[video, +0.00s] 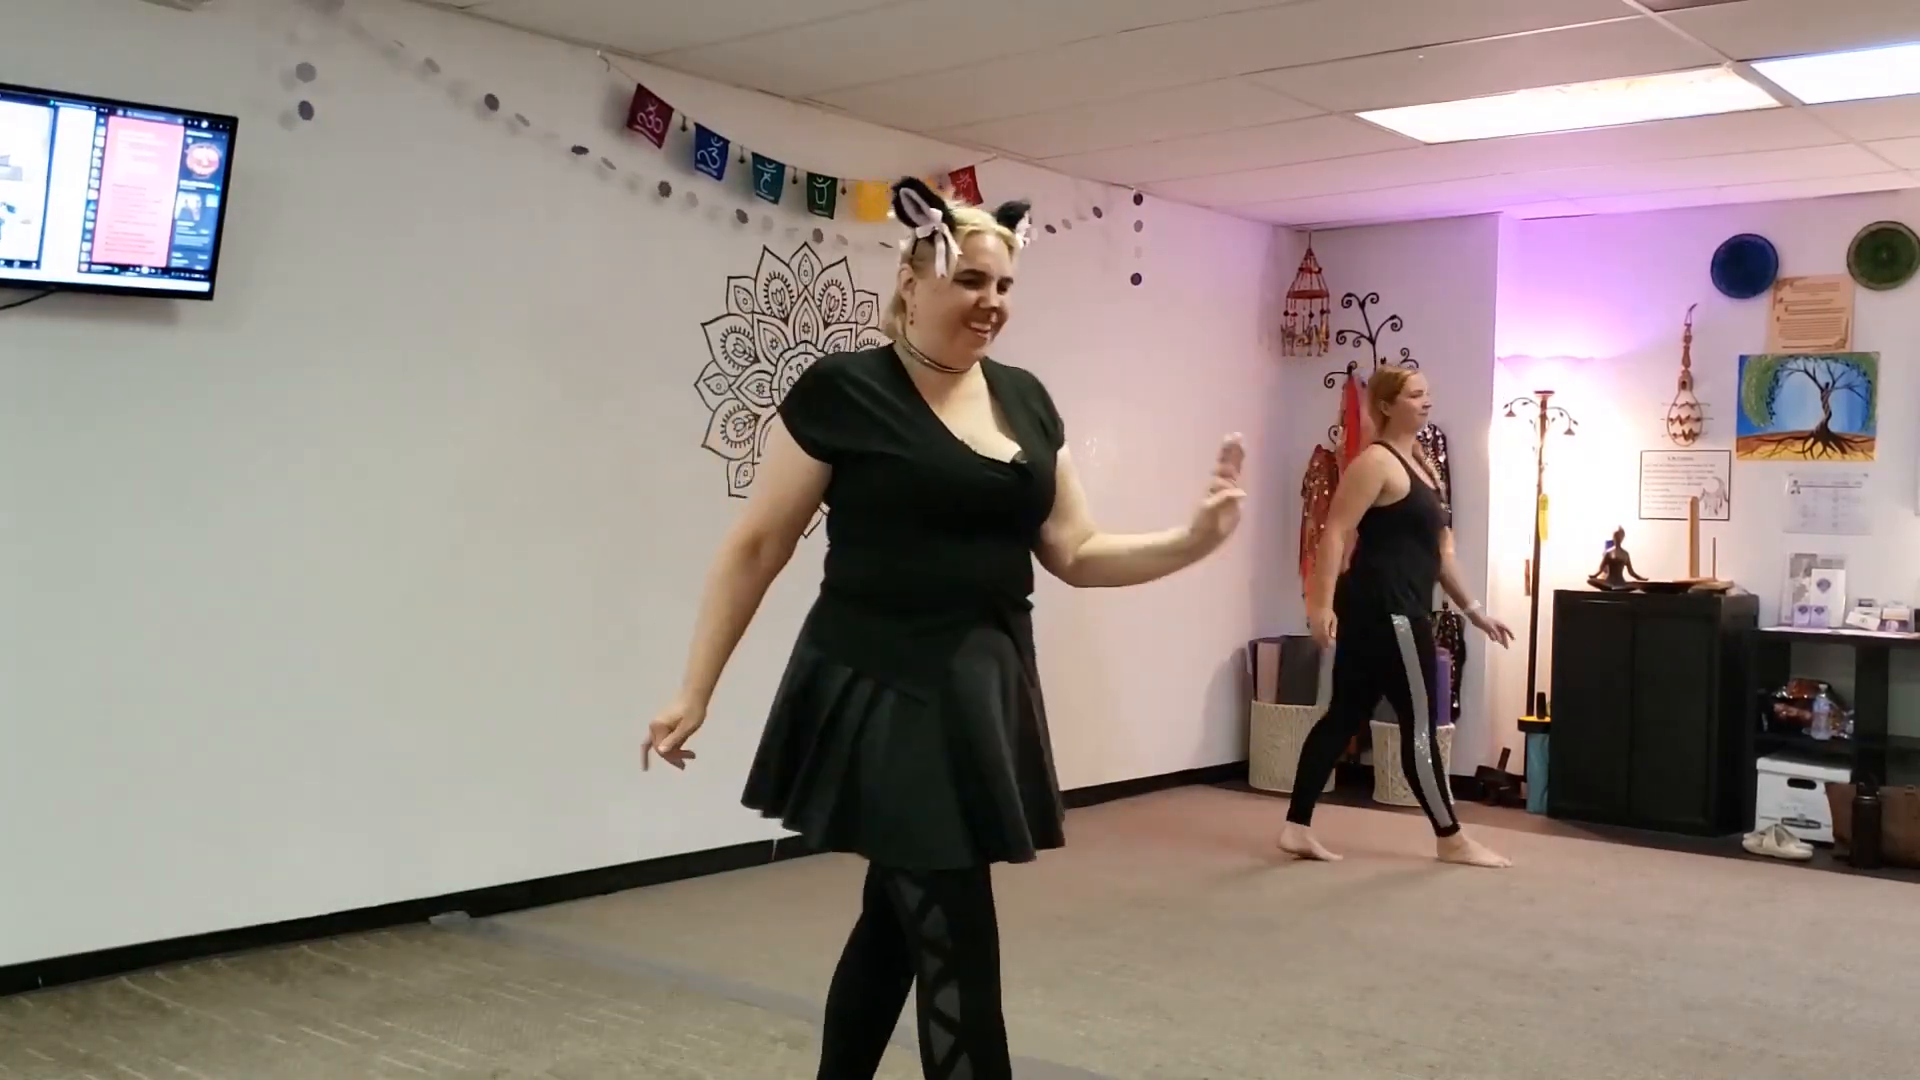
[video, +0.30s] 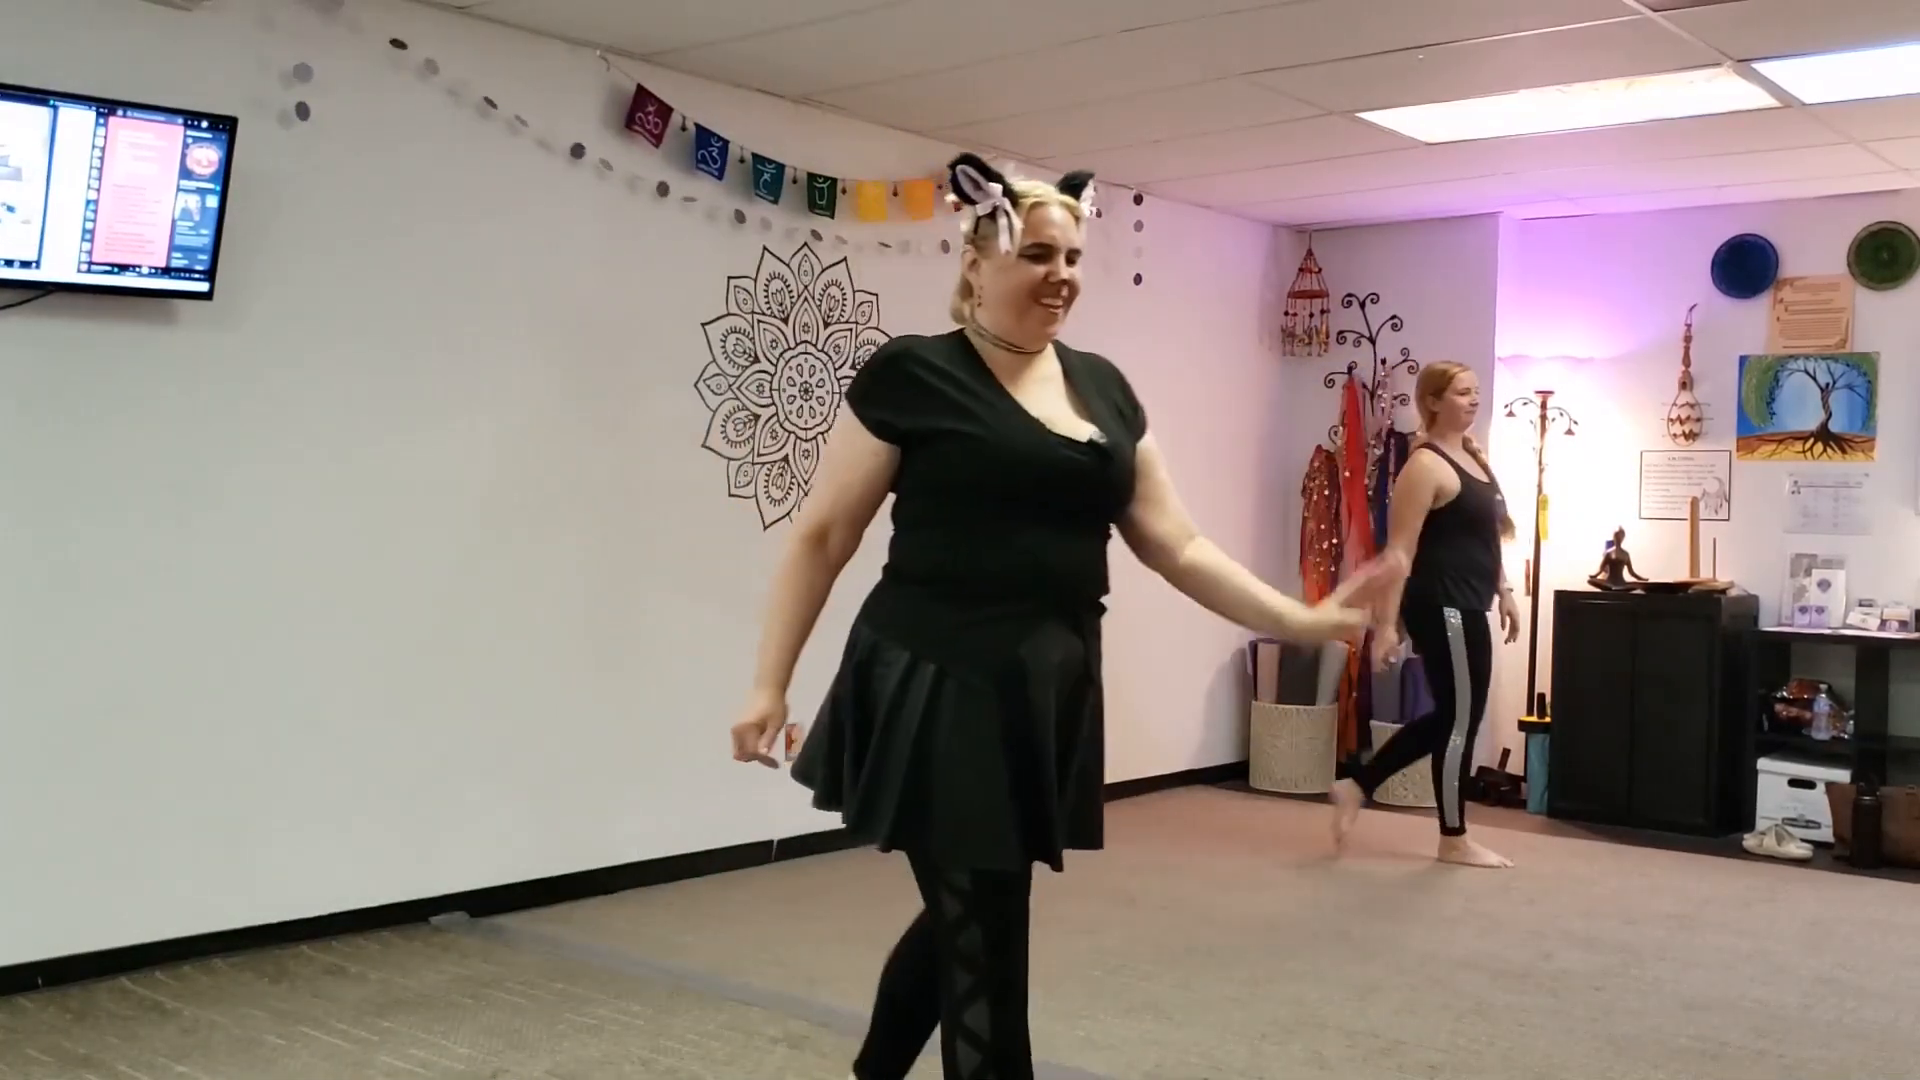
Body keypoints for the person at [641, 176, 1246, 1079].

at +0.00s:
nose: (992, 301)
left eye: (1005, 285)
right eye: (970, 279)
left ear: (1016, 293)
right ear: (908, 282)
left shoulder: (1018, 398)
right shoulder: (843, 394)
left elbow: (1075, 551)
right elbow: (756, 547)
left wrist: (1192, 540)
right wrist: (694, 695)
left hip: (983, 689)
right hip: (874, 688)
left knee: (896, 922)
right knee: (961, 933)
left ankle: (841, 1077)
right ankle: (971, 1072)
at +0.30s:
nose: (1062, 274)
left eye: (1073, 257)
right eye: (1038, 253)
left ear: (1083, 268)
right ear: (976, 261)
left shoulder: (1098, 387)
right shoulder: (912, 376)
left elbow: (1175, 544)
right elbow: (821, 536)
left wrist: (1309, 621)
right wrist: (769, 685)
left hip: (1047, 683)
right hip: (930, 676)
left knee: (966, 912)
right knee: (987, 917)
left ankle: (876, 1069)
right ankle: (991, 1079)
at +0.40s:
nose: (1087, 273)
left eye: (1099, 255)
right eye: (1063, 252)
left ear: (1109, 266)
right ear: (999, 261)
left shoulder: (1122, 390)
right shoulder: (936, 374)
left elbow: (1196, 561)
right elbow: (845, 537)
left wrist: (1295, 685)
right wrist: (800, 685)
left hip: (1074, 693)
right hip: (949, 682)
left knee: (1024, 926)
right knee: (994, 936)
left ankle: (897, 1066)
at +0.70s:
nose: (1154, 278)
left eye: (1165, 258)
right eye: (1128, 254)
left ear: (1176, 268)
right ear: (1059, 260)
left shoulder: (1173, 388)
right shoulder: (994, 371)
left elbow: (1168, 567)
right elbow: (911, 538)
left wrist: (1174, 709)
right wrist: (921, 679)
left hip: (1139, 712)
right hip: (1014, 713)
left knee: (1208, 964)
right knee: (1022, 999)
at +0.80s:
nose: (1177, 269)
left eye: (1187, 250)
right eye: (1150, 246)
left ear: (1196, 262)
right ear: (1080, 254)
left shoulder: (1191, 381)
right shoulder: (1016, 364)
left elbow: (1174, 562)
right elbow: (932, 534)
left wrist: (1189, 710)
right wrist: (977, 664)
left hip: (1162, 707)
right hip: (1036, 706)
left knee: (1240, 969)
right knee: (1031, 997)